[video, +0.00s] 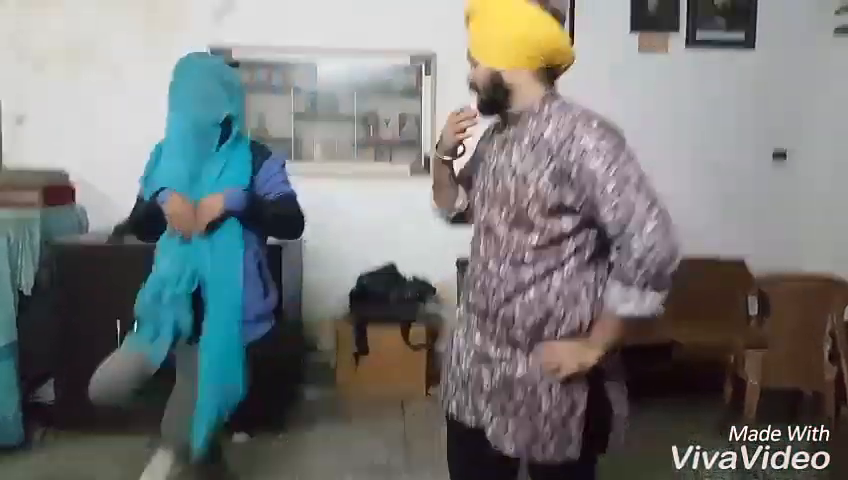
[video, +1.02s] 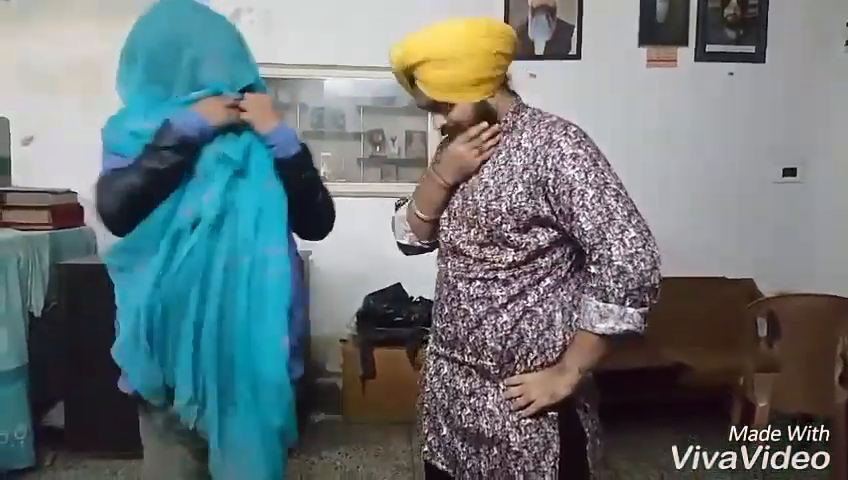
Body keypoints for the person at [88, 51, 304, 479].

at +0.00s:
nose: (193, 122)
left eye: (203, 111)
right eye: (185, 110)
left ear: (225, 109)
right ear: (176, 107)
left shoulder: (257, 159)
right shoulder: (166, 157)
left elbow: (291, 223)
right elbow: (139, 226)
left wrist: (228, 203)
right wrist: (165, 207)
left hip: (240, 313)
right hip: (178, 308)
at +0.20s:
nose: (175, 110)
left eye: (185, 100)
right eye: (166, 100)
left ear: (207, 90)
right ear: (151, 91)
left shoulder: (241, 140)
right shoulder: (140, 137)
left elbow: (281, 204)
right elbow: (101, 202)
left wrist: (221, 158)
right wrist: (128, 154)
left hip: (212, 315)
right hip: (145, 314)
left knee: (194, 450)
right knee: (149, 453)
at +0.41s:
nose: (170, 126)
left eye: (181, 115)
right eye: (159, 115)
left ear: (202, 102)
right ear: (142, 101)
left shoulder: (238, 157)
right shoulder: (131, 156)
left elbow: (274, 224)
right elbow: (90, 226)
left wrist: (222, 163)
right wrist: (120, 153)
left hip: (212, 344)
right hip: (138, 340)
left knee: (190, 465)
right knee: (135, 466)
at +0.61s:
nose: (187, 158)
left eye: (199, 142)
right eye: (172, 145)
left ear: (217, 137)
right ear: (149, 143)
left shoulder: (244, 203)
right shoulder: (127, 207)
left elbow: (280, 281)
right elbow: (100, 285)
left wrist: (237, 210)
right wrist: (144, 212)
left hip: (228, 390)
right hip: (149, 388)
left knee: (217, 470)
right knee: (125, 471)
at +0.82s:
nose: (189, 110)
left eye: (201, 93)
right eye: (172, 96)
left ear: (221, 82)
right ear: (147, 89)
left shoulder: (251, 154)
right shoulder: (126, 153)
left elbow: (294, 246)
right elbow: (97, 248)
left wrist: (250, 162)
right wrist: (152, 163)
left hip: (242, 383)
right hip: (154, 384)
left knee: (239, 470)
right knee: (151, 469)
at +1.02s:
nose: (215, 100)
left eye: (227, 85)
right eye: (194, 86)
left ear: (243, 76)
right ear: (159, 77)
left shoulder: (260, 139)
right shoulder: (132, 135)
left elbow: (317, 223)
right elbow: (116, 213)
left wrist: (279, 134)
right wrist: (188, 127)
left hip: (259, 367)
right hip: (166, 368)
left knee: (253, 469)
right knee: (170, 468)